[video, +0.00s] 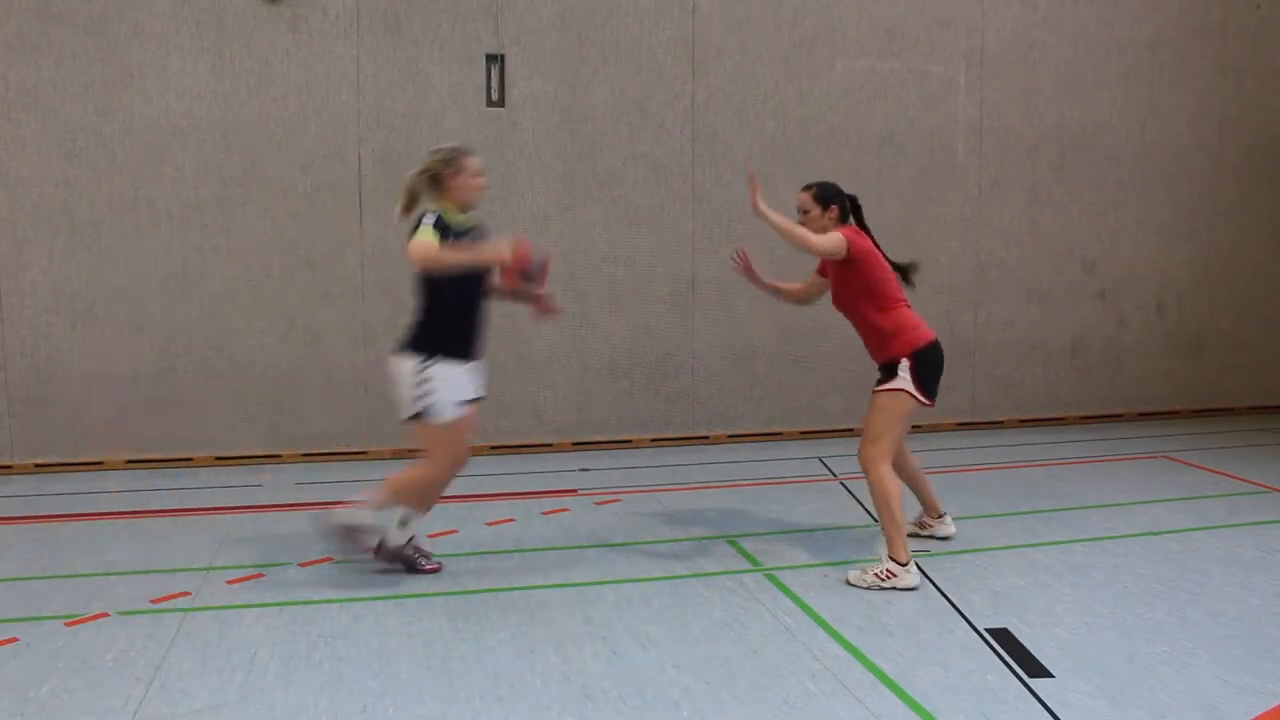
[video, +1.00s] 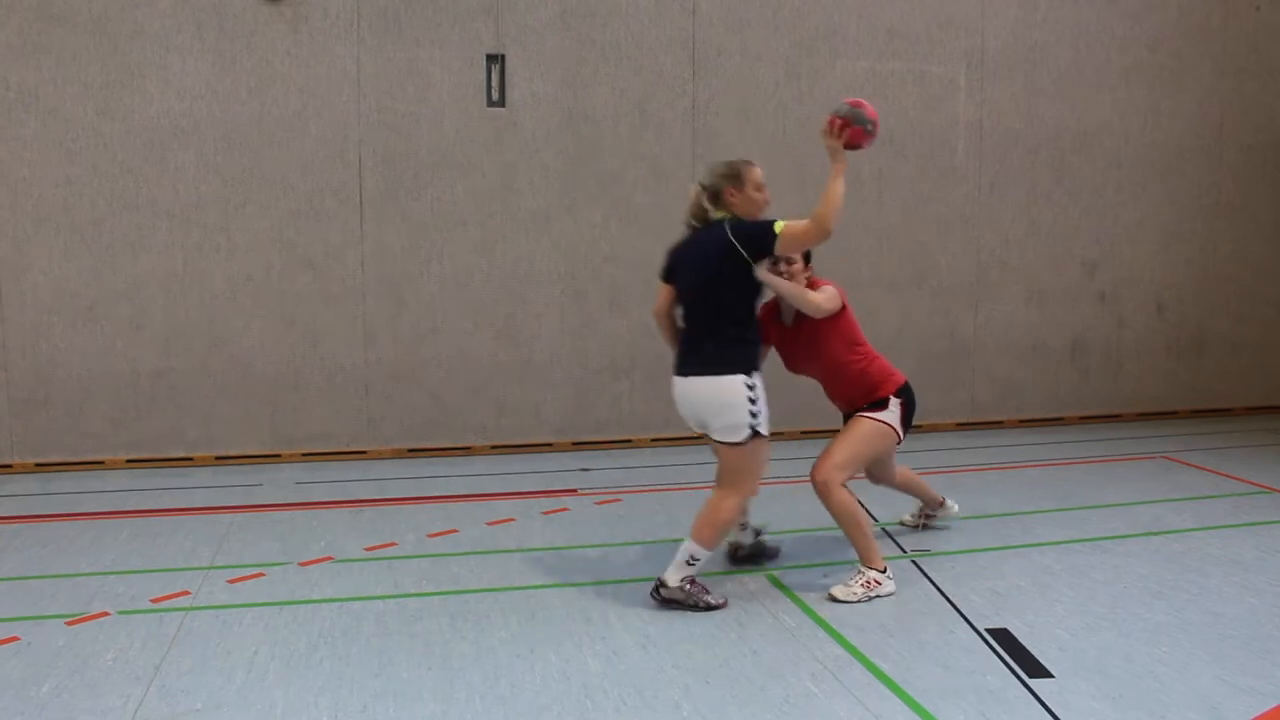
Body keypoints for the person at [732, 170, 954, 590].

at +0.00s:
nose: (799, 221)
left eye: (804, 212)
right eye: (797, 213)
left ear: (831, 211)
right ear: (828, 214)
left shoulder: (849, 238)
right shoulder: (836, 256)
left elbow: (814, 242)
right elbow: (803, 294)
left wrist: (764, 213)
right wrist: (759, 281)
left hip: (912, 358)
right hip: (900, 360)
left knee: (873, 455)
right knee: (883, 442)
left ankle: (899, 563)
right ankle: (935, 516)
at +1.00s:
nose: (783, 269)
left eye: (791, 260)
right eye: (775, 264)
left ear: (806, 264)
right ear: (767, 273)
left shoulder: (827, 290)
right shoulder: (769, 316)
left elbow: (817, 306)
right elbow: (747, 364)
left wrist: (763, 275)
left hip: (887, 398)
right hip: (855, 408)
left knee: (826, 477)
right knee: (883, 474)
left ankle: (876, 572)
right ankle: (937, 504)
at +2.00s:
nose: (742, 221)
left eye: (749, 213)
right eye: (741, 214)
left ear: (777, 216)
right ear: (765, 220)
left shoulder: (801, 249)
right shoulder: (762, 260)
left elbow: (780, 294)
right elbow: (733, 306)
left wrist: (718, 276)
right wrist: (689, 313)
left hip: (855, 360)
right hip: (825, 358)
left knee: (799, 448)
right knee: (786, 424)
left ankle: (827, 549)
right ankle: (819, 496)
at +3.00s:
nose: (753, 230)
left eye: (760, 223)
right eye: (754, 224)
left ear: (784, 226)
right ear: (779, 228)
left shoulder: (802, 254)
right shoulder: (786, 265)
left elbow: (792, 296)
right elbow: (792, 314)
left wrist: (738, 272)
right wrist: (745, 321)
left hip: (866, 355)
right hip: (838, 357)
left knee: (820, 437)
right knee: (813, 432)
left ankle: (857, 532)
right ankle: (840, 489)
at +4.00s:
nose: (762, 229)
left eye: (768, 221)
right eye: (761, 221)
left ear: (795, 221)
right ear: (791, 223)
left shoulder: (813, 247)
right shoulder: (797, 260)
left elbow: (777, 295)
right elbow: (768, 318)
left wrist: (724, 268)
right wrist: (714, 316)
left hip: (881, 362)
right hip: (867, 364)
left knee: (832, 462)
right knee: (843, 450)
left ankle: (874, 566)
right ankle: (883, 520)